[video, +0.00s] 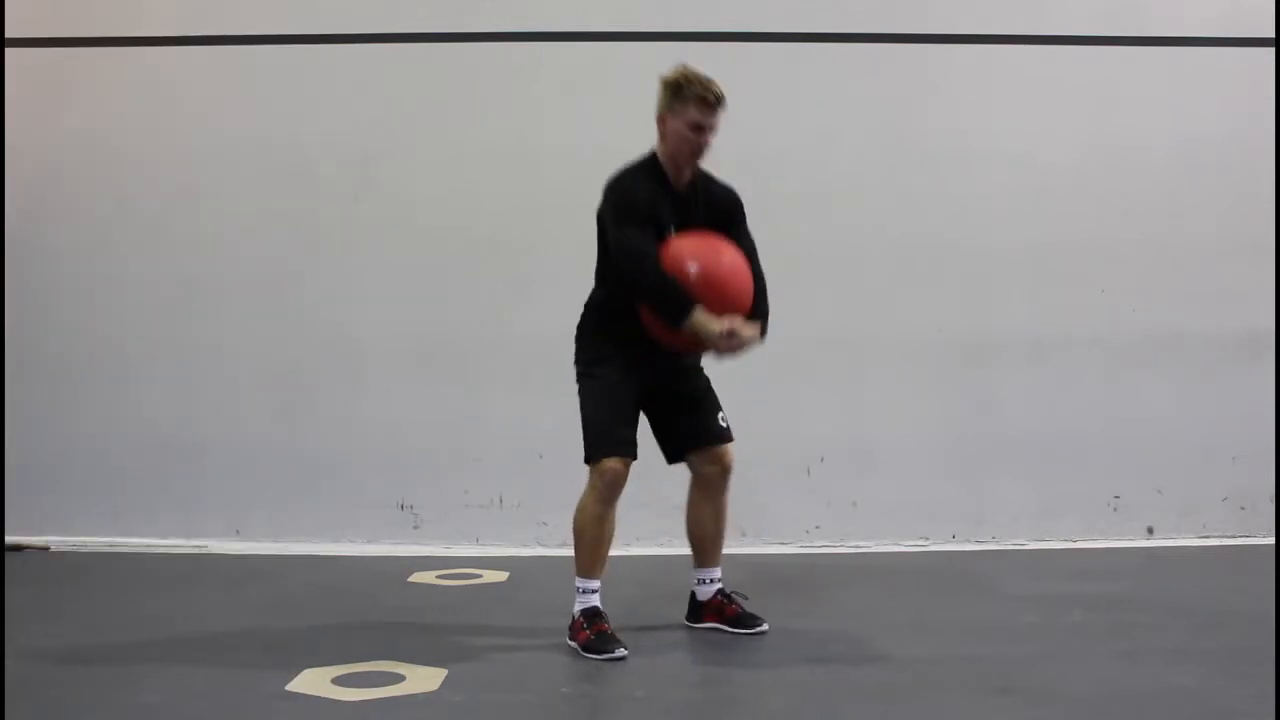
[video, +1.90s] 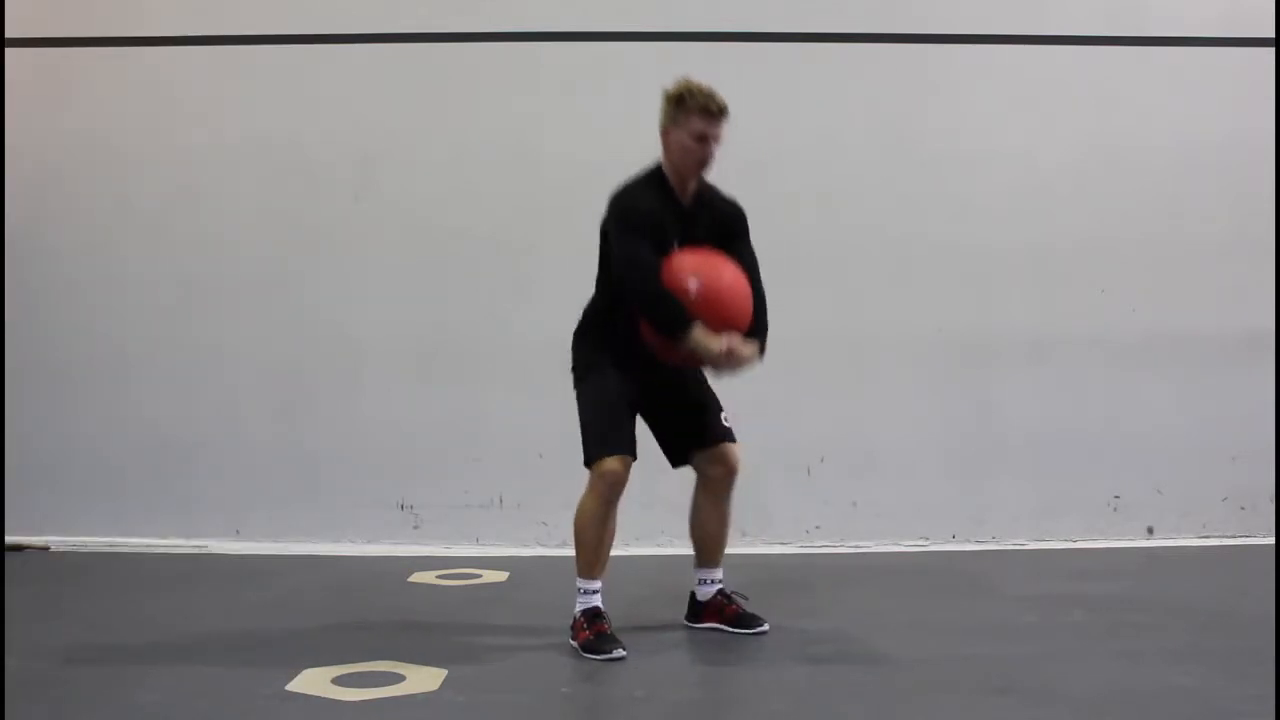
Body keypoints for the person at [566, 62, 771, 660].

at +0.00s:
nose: (703, 140)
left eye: (711, 130)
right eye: (694, 128)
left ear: (717, 130)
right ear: (662, 123)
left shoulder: (720, 201)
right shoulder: (627, 191)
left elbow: (750, 276)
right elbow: (633, 270)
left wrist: (752, 324)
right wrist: (698, 319)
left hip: (673, 347)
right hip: (611, 343)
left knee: (715, 460)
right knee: (610, 469)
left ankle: (708, 598)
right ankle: (586, 611)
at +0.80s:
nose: (728, 202)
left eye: (736, 193)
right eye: (721, 189)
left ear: (743, 189)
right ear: (690, 174)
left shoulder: (735, 249)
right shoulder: (644, 234)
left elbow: (749, 330)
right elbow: (636, 324)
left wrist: (740, 394)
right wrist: (685, 389)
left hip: (664, 375)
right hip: (602, 364)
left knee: (729, 470)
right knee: (607, 474)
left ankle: (708, 596)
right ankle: (588, 612)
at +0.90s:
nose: (738, 259)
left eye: (746, 250)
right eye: (732, 246)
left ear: (753, 244)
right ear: (701, 227)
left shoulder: (742, 298)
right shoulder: (650, 281)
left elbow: (748, 379)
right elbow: (631, 375)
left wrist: (734, 445)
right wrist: (677, 443)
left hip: (663, 402)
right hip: (598, 393)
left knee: (749, 473)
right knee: (607, 482)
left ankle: (709, 597)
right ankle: (588, 613)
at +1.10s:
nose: (749, 335)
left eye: (756, 324)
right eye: (741, 322)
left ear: (764, 316)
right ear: (709, 299)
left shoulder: (749, 366)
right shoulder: (656, 349)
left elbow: (750, 447)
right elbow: (638, 446)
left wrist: (732, 513)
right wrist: (680, 515)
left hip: (679, 457)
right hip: (605, 442)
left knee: (768, 483)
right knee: (608, 490)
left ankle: (710, 597)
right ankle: (589, 613)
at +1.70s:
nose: (735, 254)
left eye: (741, 243)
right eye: (727, 241)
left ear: (745, 239)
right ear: (695, 230)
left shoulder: (739, 302)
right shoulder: (648, 289)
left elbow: (750, 382)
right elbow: (634, 382)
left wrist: (742, 444)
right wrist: (685, 444)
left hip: (666, 409)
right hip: (602, 399)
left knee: (755, 473)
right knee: (610, 483)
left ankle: (711, 597)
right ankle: (588, 613)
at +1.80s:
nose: (724, 207)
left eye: (731, 198)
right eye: (716, 195)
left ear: (736, 198)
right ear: (684, 188)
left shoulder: (734, 265)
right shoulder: (643, 254)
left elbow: (750, 345)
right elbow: (636, 345)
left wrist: (744, 405)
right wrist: (688, 400)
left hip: (666, 385)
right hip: (603, 377)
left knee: (743, 471)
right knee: (610, 475)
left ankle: (710, 597)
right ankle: (588, 613)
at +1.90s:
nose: (707, 151)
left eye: (714, 140)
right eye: (697, 139)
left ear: (719, 142)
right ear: (666, 135)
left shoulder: (724, 215)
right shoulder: (632, 205)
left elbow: (749, 290)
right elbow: (637, 289)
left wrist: (750, 340)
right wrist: (698, 337)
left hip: (670, 353)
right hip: (608, 348)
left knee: (720, 463)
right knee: (610, 469)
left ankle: (708, 597)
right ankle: (588, 611)